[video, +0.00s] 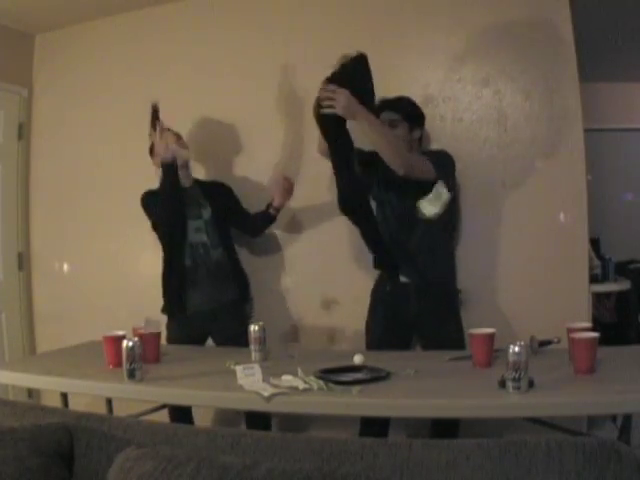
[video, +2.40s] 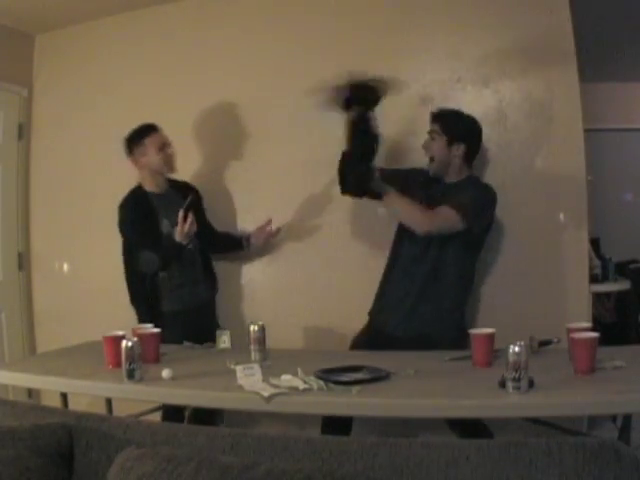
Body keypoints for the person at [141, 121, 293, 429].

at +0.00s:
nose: (175, 148)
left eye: (178, 143)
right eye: (166, 146)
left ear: (188, 151)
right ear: (155, 158)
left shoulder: (217, 191)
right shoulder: (154, 199)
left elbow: (251, 227)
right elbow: (170, 227)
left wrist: (275, 205)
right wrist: (168, 167)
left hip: (229, 303)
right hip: (186, 308)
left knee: (249, 379)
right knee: (176, 383)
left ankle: (263, 448)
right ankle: (185, 449)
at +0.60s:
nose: (229, 147)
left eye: (234, 139)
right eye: (221, 141)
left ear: (243, 145)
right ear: (207, 152)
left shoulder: (265, 188)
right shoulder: (204, 197)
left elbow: (292, 242)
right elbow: (194, 188)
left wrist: (311, 228)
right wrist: (188, 141)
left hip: (271, 303)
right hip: (226, 306)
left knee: (276, 388)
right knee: (206, 388)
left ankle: (269, 460)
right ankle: (197, 458)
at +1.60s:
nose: (191, 149)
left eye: (193, 142)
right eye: (181, 143)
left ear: (198, 149)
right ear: (164, 153)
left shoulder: (219, 192)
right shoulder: (155, 198)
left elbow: (241, 243)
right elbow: (165, 230)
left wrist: (266, 234)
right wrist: (159, 174)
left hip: (232, 302)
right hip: (187, 306)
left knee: (250, 382)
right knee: (188, 387)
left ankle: (261, 455)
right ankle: (190, 455)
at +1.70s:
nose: (194, 151)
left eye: (196, 144)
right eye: (184, 146)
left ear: (200, 146)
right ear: (164, 151)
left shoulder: (211, 188)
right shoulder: (152, 195)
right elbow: (161, 229)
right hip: (182, 294)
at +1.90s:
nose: (149, 155)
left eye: (146, 148)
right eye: (140, 151)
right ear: (119, 164)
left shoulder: (164, 190)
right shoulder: (113, 211)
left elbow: (194, 229)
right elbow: (147, 253)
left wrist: (237, 214)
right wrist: (186, 214)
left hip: (204, 294)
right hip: (168, 309)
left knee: (255, 340)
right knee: (172, 379)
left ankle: (270, 424)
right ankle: (167, 448)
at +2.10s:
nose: (140, 152)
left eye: (137, 146)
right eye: (130, 149)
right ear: (113, 164)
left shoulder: (162, 195)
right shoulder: (113, 212)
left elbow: (195, 238)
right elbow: (142, 262)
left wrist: (241, 224)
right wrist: (179, 231)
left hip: (206, 301)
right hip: (166, 313)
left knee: (243, 362)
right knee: (171, 388)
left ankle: (222, 439)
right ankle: (166, 453)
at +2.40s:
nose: (170, 152)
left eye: (168, 146)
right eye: (161, 149)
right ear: (139, 160)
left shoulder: (186, 193)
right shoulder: (132, 207)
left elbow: (208, 241)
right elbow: (143, 264)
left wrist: (248, 241)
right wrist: (178, 242)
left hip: (202, 307)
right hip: (165, 314)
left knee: (208, 389)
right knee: (175, 394)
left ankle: (204, 455)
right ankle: (170, 458)